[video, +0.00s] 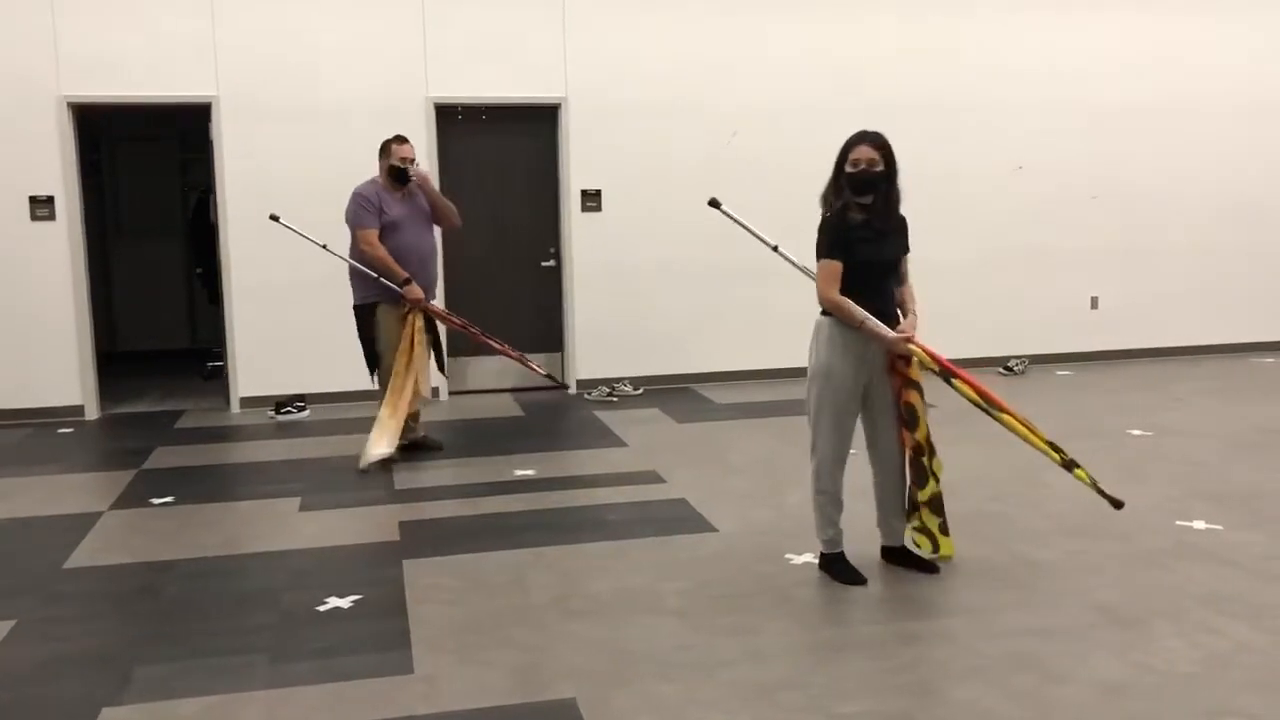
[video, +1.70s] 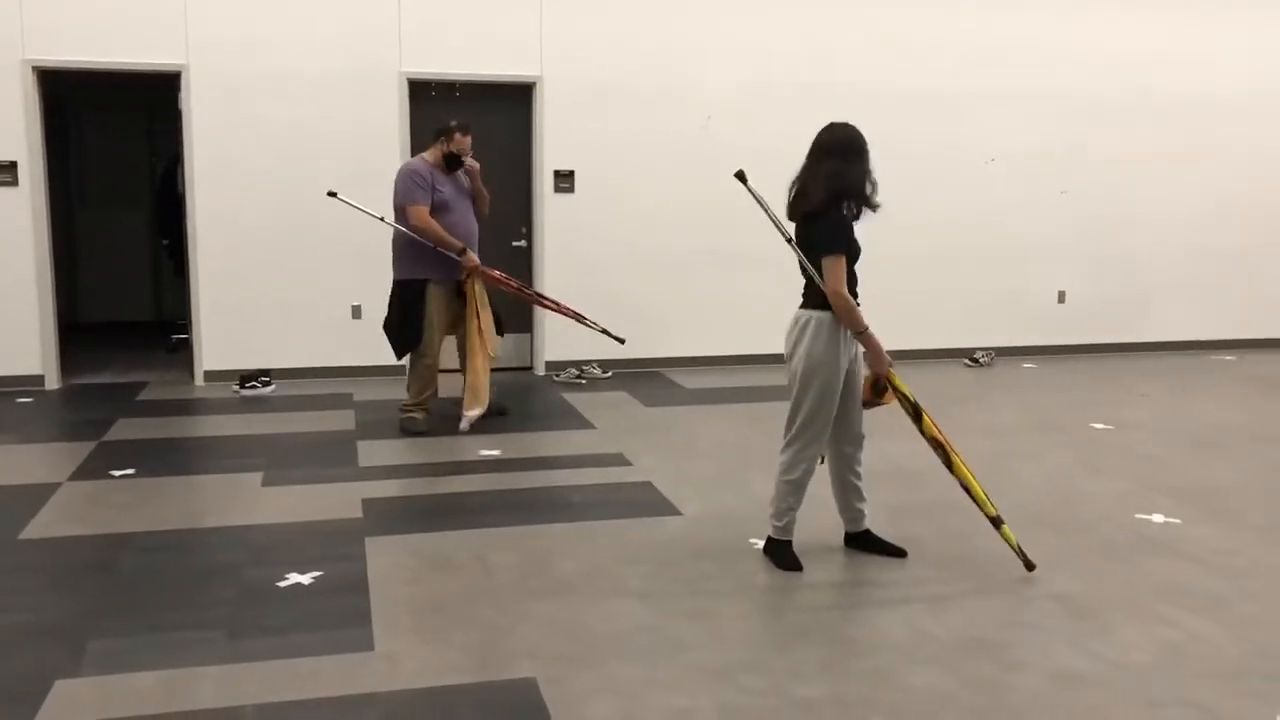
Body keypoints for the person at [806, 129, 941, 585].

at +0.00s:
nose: (863, 170)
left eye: (873, 164)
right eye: (855, 163)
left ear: (887, 170)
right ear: (842, 168)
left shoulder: (895, 223)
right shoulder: (836, 222)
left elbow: (901, 280)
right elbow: (828, 296)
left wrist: (911, 317)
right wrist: (881, 333)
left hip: (883, 339)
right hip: (839, 340)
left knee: (890, 445)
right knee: (831, 448)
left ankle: (894, 543)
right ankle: (830, 550)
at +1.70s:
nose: (866, 171)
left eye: (864, 161)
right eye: (862, 162)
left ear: (820, 161)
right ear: (850, 165)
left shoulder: (828, 212)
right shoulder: (828, 217)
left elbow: (835, 290)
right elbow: (836, 293)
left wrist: (860, 343)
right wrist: (872, 345)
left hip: (842, 332)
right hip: (820, 332)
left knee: (848, 438)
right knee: (807, 439)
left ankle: (856, 530)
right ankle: (779, 536)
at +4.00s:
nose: (823, 142)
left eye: (826, 134)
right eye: (817, 133)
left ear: (818, 131)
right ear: (795, 131)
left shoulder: (802, 186)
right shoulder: (776, 185)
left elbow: (805, 257)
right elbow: (785, 259)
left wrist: (833, 313)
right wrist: (836, 303)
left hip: (811, 303)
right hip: (780, 302)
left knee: (813, 408)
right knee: (763, 409)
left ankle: (819, 502)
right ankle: (742, 508)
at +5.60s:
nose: (828, 154)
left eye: (821, 146)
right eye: (824, 146)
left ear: (773, 151)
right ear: (818, 150)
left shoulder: (762, 201)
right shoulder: (811, 200)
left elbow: (751, 266)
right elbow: (816, 277)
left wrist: (752, 322)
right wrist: (865, 317)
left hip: (773, 314)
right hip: (798, 315)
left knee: (817, 418)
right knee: (792, 419)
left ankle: (840, 510)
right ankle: (753, 519)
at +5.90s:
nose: (822, 158)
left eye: (817, 150)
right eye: (818, 150)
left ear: (769, 155)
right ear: (811, 154)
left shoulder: (758, 205)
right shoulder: (806, 200)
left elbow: (748, 276)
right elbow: (814, 278)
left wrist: (743, 332)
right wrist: (862, 319)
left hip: (777, 316)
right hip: (792, 318)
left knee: (826, 418)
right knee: (784, 423)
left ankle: (833, 513)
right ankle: (755, 525)